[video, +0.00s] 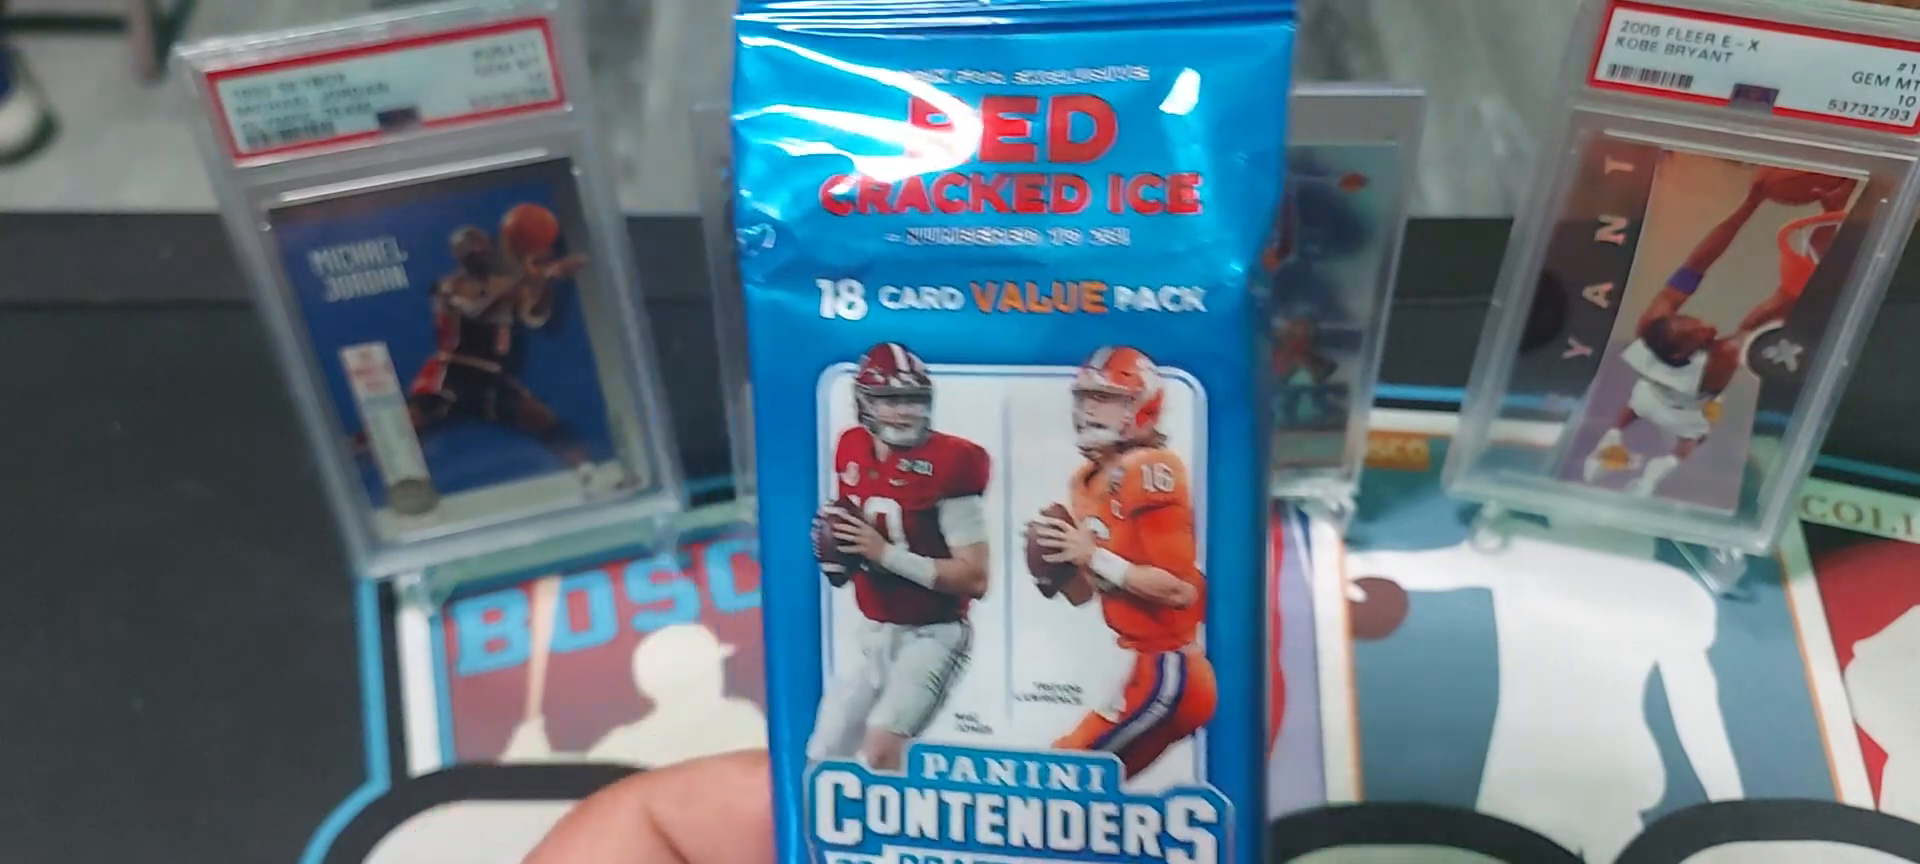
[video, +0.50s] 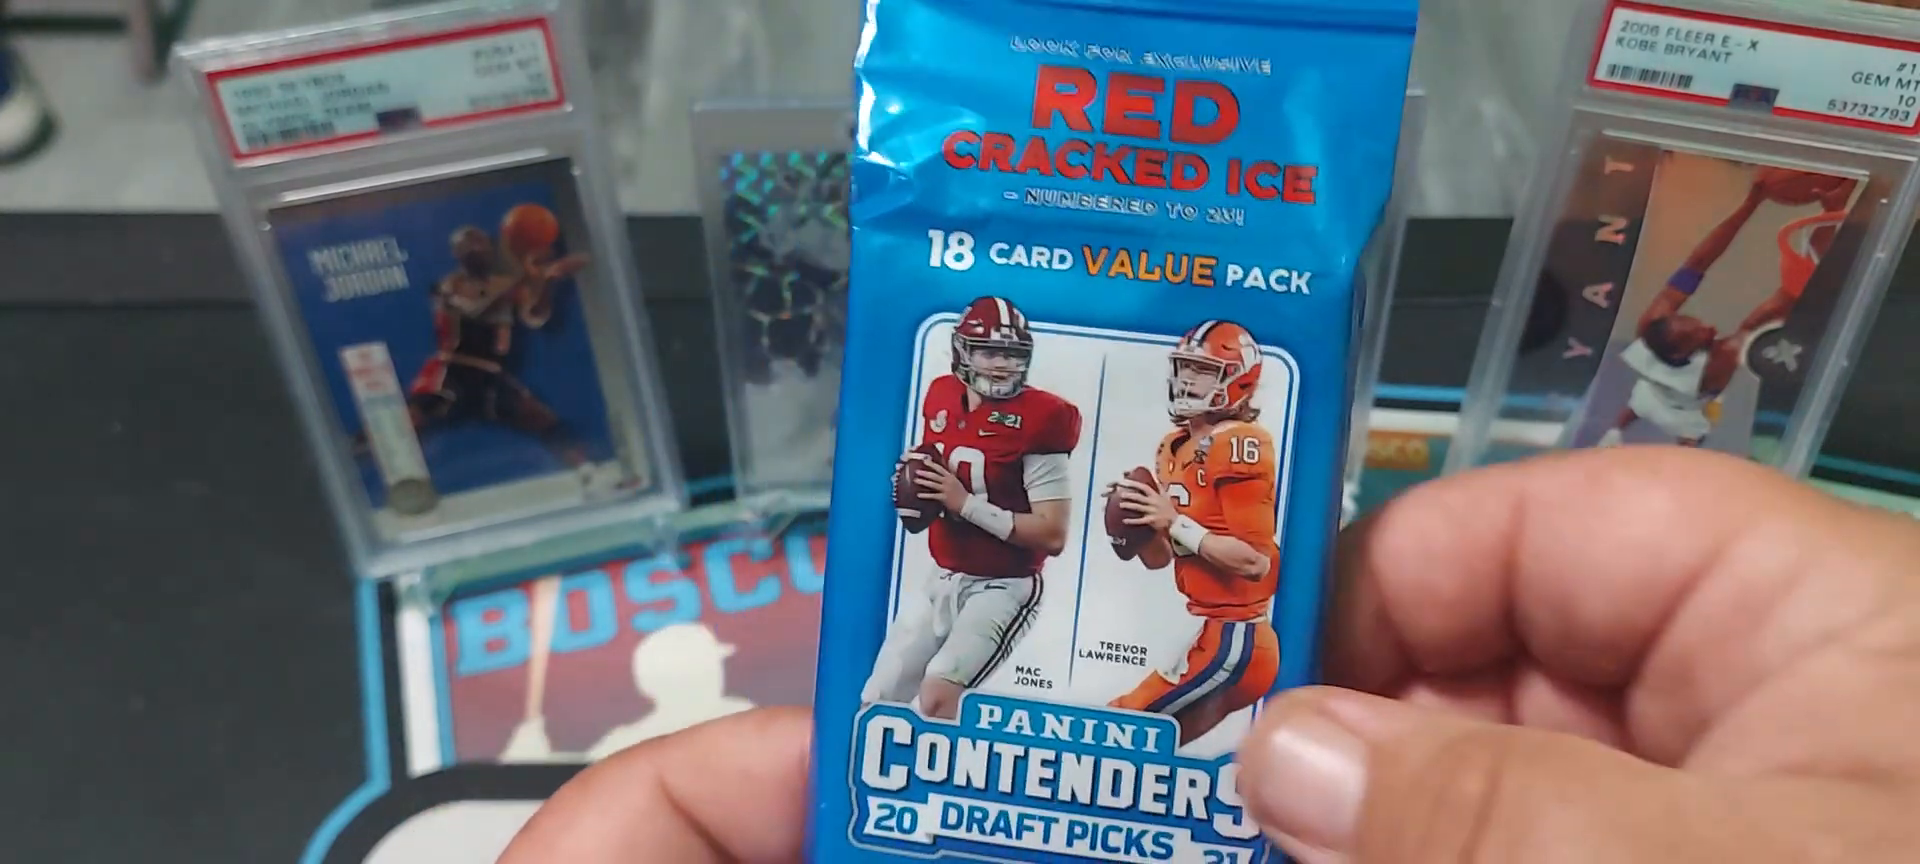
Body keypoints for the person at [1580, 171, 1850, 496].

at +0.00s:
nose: (1702, 326)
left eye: (1691, 322)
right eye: (1692, 334)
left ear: (1683, 313)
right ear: (1685, 353)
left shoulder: (1652, 324)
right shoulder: (1720, 360)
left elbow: (1697, 263)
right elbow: (1756, 325)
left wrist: (1751, 204)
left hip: (1647, 391)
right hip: (1682, 413)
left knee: (1633, 409)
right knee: (1696, 436)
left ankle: (1608, 442)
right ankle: (1654, 474)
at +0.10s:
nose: (1702, 326)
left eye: (1690, 321)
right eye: (1692, 332)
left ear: (1686, 314)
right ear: (1684, 352)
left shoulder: (1652, 325)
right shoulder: (1720, 360)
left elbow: (1697, 263)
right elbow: (1756, 326)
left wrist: (1751, 203)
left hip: (1648, 391)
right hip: (1682, 413)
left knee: (1635, 408)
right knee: (1698, 434)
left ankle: (1609, 439)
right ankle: (1657, 472)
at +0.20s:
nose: (1702, 326)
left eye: (1691, 322)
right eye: (1693, 332)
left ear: (1685, 313)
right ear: (1684, 352)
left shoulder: (1652, 324)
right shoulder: (1721, 359)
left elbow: (1697, 264)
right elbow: (1759, 322)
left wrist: (1751, 202)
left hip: (1647, 392)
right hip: (1682, 415)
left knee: (1634, 408)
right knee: (1697, 435)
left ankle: (1608, 440)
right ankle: (1657, 473)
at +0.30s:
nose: (1703, 326)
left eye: (1691, 322)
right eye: (1693, 333)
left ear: (1684, 313)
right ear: (1684, 352)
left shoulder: (1652, 324)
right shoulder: (1720, 360)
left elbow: (1697, 263)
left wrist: (1750, 204)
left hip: (1647, 391)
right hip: (1682, 414)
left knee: (1634, 409)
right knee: (1697, 435)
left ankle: (1609, 440)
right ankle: (1658, 471)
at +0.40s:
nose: (1704, 326)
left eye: (1693, 322)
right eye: (1694, 332)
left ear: (1685, 313)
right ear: (1684, 352)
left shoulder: (1652, 324)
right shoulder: (1720, 360)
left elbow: (1697, 263)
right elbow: (1759, 322)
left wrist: (1750, 204)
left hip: (1648, 391)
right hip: (1683, 414)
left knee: (1634, 409)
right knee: (1697, 436)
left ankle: (1609, 440)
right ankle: (1659, 470)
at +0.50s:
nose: (1705, 330)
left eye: (1693, 324)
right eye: (1694, 337)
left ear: (1681, 315)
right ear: (1684, 354)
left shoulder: (1653, 323)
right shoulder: (1720, 361)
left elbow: (1696, 264)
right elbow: (1752, 326)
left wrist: (1751, 203)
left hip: (1655, 387)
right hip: (1685, 411)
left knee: (1639, 403)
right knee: (1692, 435)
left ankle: (1612, 434)